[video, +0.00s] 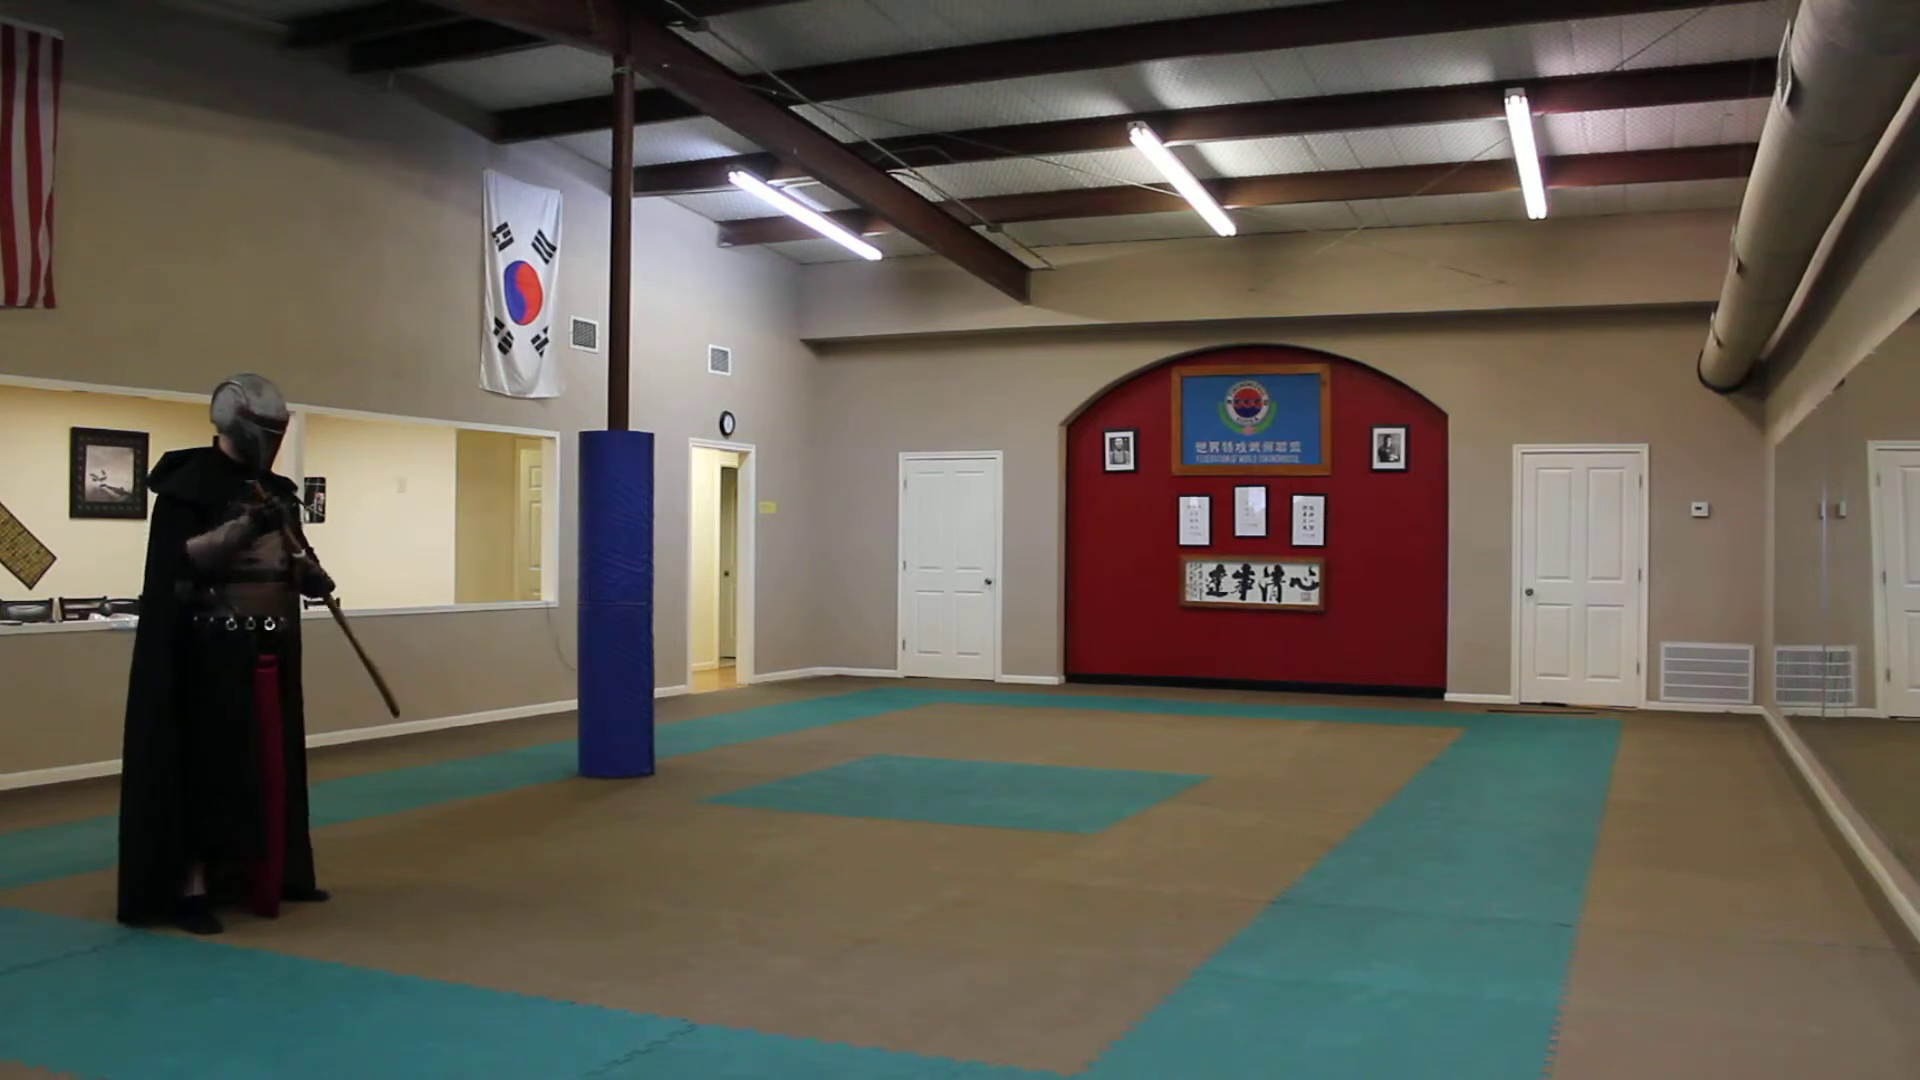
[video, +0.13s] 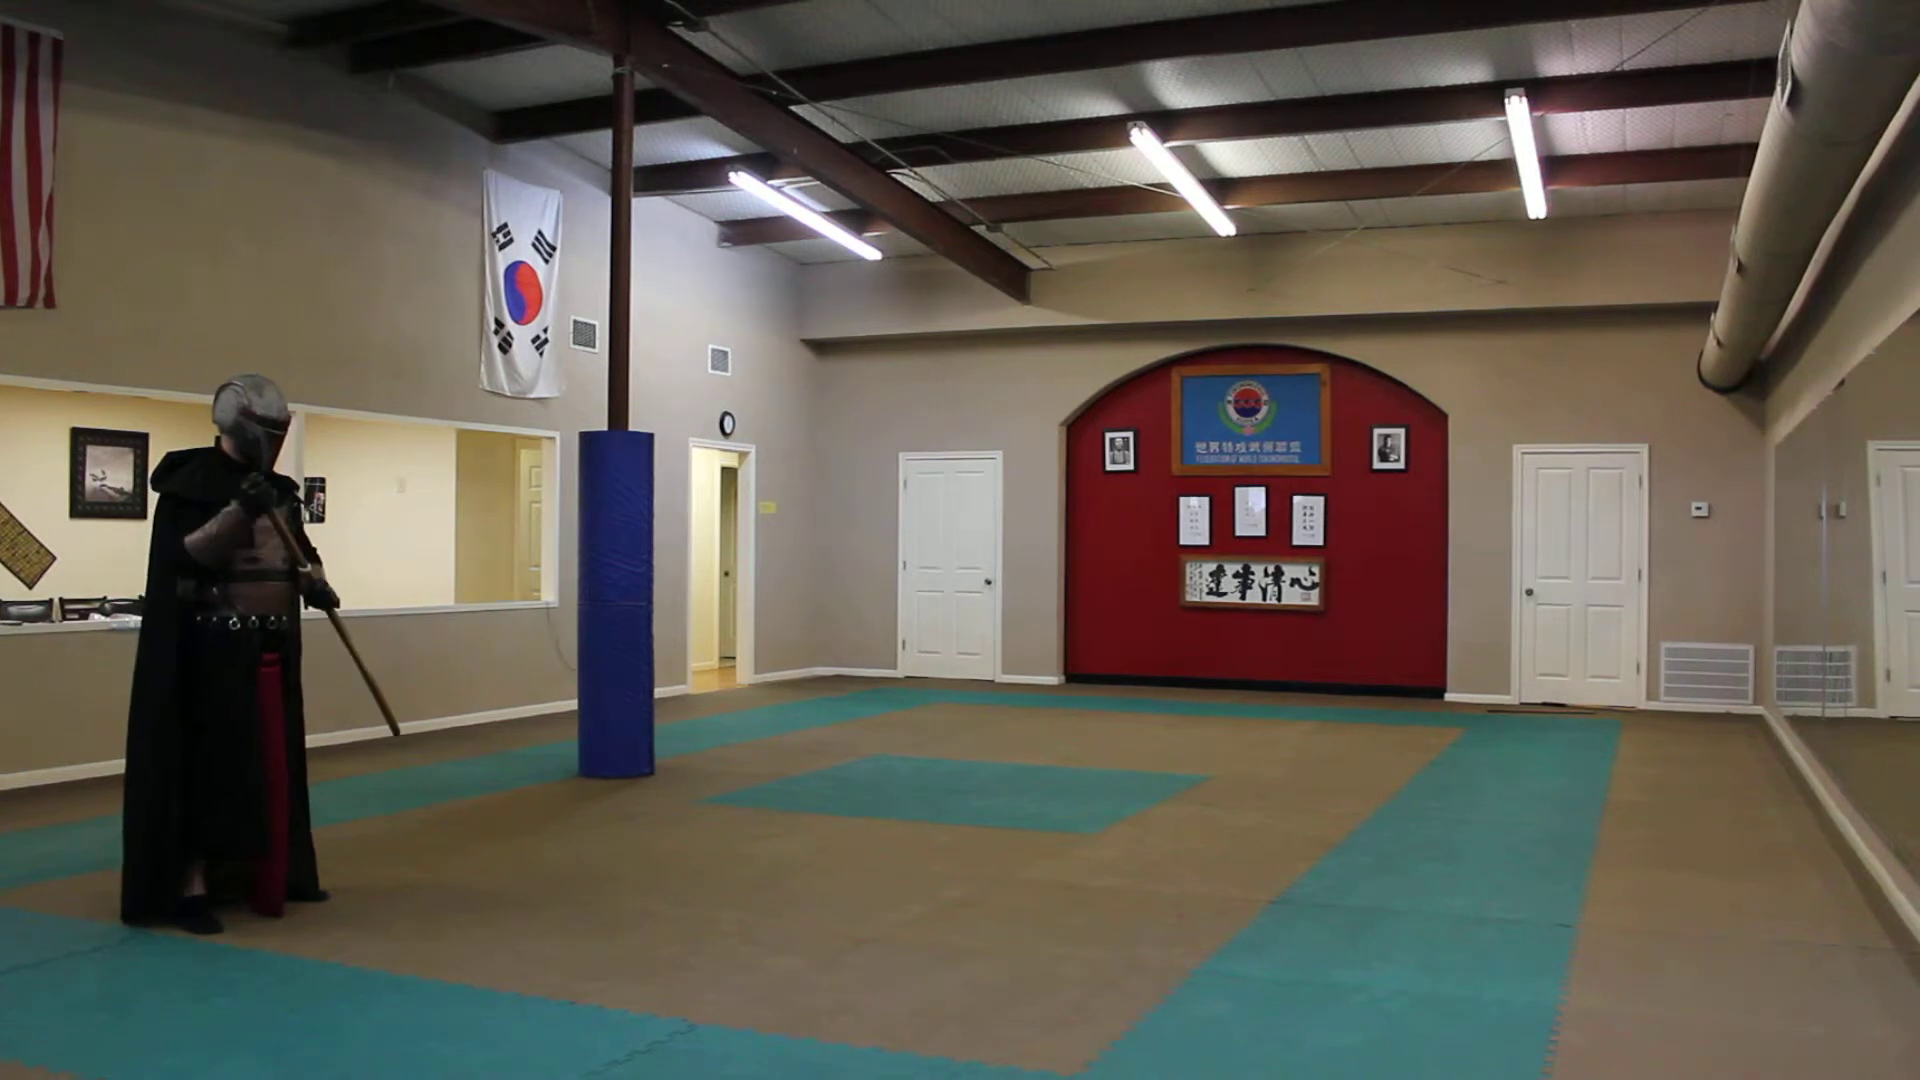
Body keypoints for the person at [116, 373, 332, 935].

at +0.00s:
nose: (277, 440)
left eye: (280, 430)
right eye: (269, 429)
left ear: (268, 429)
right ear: (235, 424)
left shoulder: (275, 491)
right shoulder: (192, 479)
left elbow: (288, 554)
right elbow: (169, 558)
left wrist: (308, 572)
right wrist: (234, 531)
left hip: (268, 647)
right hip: (204, 648)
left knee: (275, 762)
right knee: (199, 764)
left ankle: (280, 873)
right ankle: (189, 888)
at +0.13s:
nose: (276, 442)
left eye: (280, 431)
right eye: (268, 431)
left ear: (277, 431)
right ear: (234, 426)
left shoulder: (277, 490)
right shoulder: (193, 478)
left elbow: (294, 555)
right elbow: (182, 553)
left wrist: (312, 581)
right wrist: (242, 507)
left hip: (270, 644)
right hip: (208, 646)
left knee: (275, 761)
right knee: (201, 762)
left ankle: (277, 874)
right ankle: (190, 886)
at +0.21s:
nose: (277, 442)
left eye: (281, 431)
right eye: (267, 430)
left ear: (282, 430)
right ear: (233, 425)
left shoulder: (279, 490)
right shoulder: (195, 477)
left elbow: (293, 562)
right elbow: (189, 553)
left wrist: (312, 583)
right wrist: (252, 510)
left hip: (273, 643)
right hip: (210, 645)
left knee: (276, 762)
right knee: (203, 761)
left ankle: (279, 875)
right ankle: (191, 886)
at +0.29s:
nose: (278, 441)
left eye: (282, 431)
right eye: (269, 429)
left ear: (279, 430)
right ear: (236, 425)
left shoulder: (278, 490)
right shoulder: (197, 478)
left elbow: (288, 562)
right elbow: (183, 558)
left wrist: (310, 581)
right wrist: (254, 517)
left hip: (273, 644)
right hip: (211, 645)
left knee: (276, 761)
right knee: (204, 761)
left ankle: (277, 875)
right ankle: (190, 886)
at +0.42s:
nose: (284, 441)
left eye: (287, 430)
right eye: (276, 429)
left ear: (278, 430)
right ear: (241, 425)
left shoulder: (281, 492)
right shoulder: (200, 480)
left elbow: (288, 558)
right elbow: (183, 558)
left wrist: (308, 566)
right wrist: (256, 526)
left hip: (274, 645)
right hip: (212, 646)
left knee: (280, 762)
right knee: (205, 762)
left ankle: (282, 874)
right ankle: (192, 887)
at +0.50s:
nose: (285, 443)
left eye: (289, 433)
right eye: (277, 432)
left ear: (284, 433)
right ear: (242, 426)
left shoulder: (280, 491)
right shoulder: (204, 479)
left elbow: (285, 562)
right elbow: (195, 559)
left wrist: (316, 561)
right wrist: (260, 506)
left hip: (271, 644)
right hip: (211, 646)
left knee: (277, 760)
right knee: (203, 761)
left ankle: (275, 874)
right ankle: (188, 887)